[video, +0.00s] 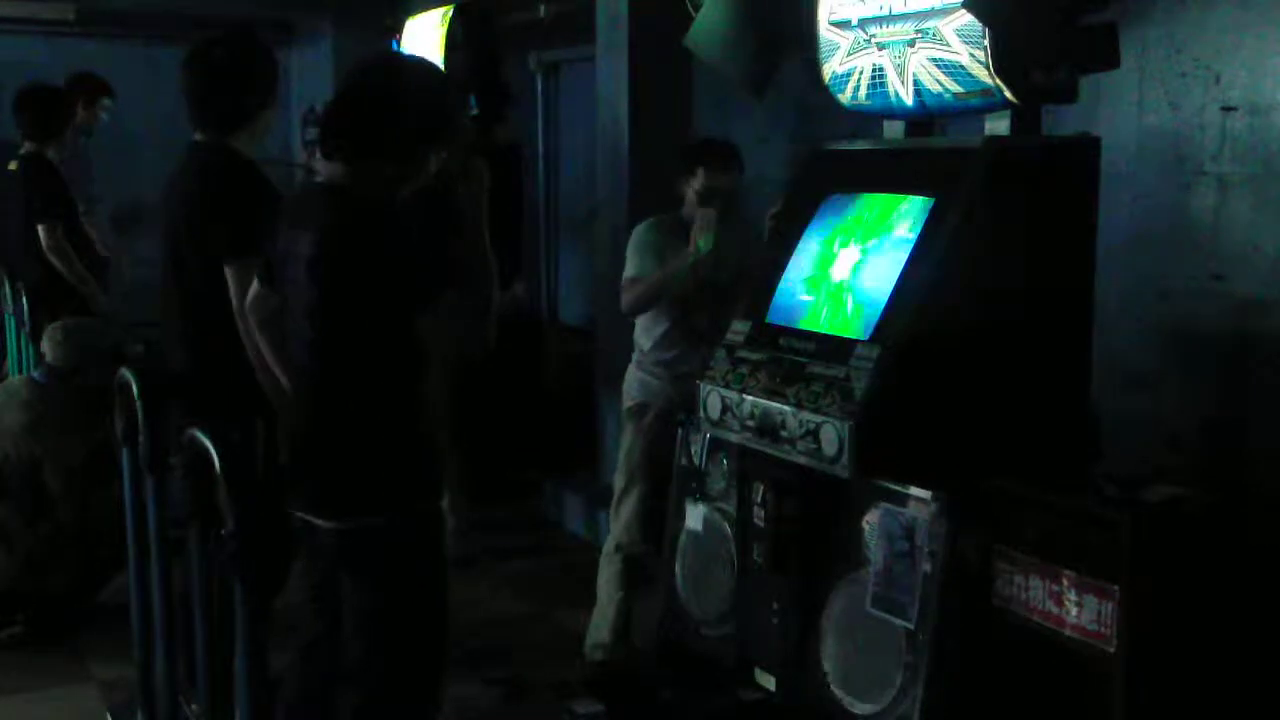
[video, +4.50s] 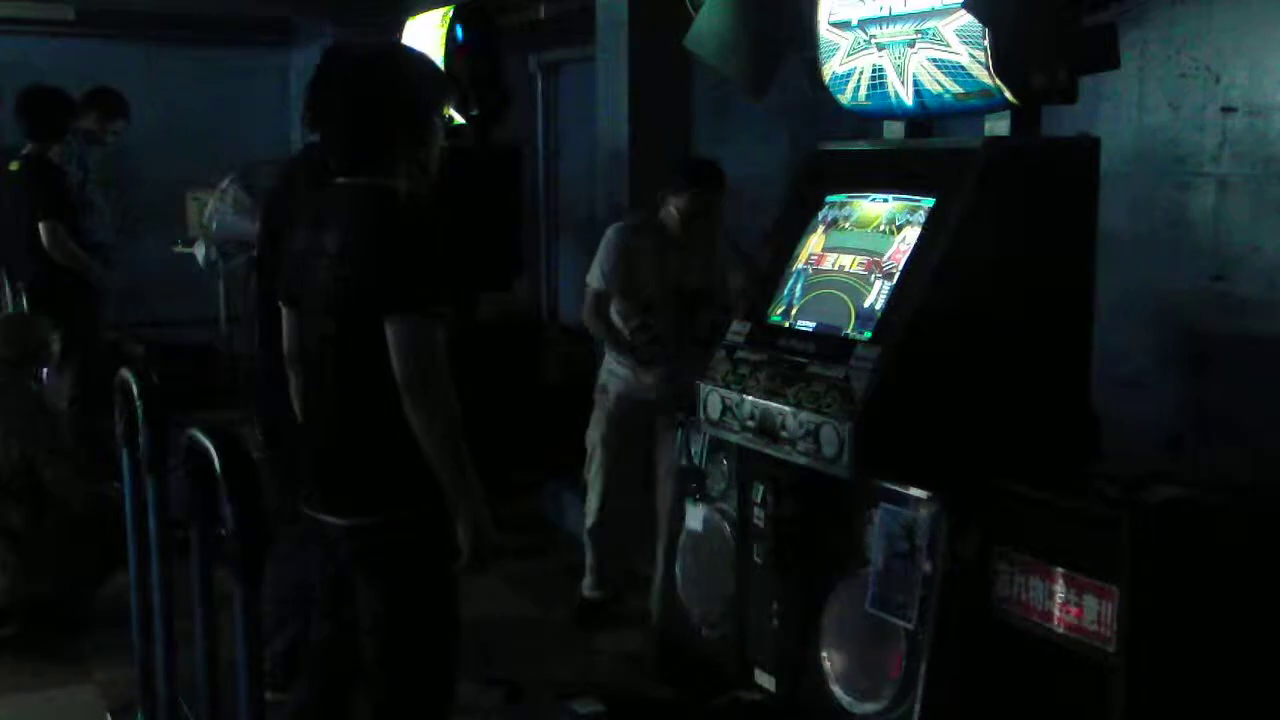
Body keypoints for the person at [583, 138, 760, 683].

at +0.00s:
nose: (715, 201)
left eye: (724, 192)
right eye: (706, 190)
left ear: (735, 193)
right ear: (683, 186)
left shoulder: (738, 243)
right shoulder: (653, 236)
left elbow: (753, 308)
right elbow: (631, 300)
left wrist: (771, 246)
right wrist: (692, 255)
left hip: (711, 395)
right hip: (653, 390)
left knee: (699, 523)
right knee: (633, 524)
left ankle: (684, 646)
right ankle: (605, 650)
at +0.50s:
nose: (719, 208)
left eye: (730, 199)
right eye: (712, 196)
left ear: (741, 200)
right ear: (691, 188)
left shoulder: (740, 248)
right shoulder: (652, 234)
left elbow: (754, 310)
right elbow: (593, 288)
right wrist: (646, 322)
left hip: (708, 399)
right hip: (649, 393)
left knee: (697, 521)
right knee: (626, 522)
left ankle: (677, 644)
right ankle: (597, 645)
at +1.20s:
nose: (650, 216)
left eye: (658, 206)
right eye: (643, 204)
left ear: (665, 203)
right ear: (621, 196)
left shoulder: (669, 243)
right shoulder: (572, 236)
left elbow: (693, 308)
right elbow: (515, 291)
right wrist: (564, 338)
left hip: (652, 394)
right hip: (587, 395)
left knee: (663, 513)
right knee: (587, 518)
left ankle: (671, 628)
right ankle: (588, 632)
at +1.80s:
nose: (663, 213)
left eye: (673, 204)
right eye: (655, 201)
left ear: (682, 205)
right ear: (636, 196)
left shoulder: (683, 245)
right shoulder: (596, 237)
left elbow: (701, 307)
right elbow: (561, 307)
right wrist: (601, 341)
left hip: (660, 391)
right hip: (600, 392)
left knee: (664, 512)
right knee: (595, 517)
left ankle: (664, 622)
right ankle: (589, 628)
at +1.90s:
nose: (680, 217)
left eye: (687, 207)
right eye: (674, 205)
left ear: (690, 207)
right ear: (650, 199)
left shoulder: (684, 247)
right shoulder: (606, 238)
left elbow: (694, 314)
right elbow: (590, 321)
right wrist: (654, 347)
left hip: (663, 385)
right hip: (608, 385)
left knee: (665, 510)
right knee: (599, 514)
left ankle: (664, 621)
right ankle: (589, 626)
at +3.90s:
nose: (721, 231)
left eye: (730, 222)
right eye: (715, 219)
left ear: (737, 223)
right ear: (695, 211)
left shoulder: (724, 260)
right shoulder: (649, 250)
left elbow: (733, 325)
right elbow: (645, 340)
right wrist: (698, 384)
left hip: (681, 394)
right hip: (628, 388)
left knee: (675, 511)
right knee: (612, 511)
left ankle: (666, 624)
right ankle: (591, 625)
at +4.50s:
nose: (693, 217)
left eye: (702, 208)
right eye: (688, 205)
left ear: (712, 208)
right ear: (669, 196)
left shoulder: (711, 246)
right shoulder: (624, 238)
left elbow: (726, 311)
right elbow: (593, 311)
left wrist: (699, 361)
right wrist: (637, 361)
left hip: (681, 386)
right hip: (623, 384)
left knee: (676, 499)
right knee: (606, 495)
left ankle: (668, 605)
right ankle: (597, 592)